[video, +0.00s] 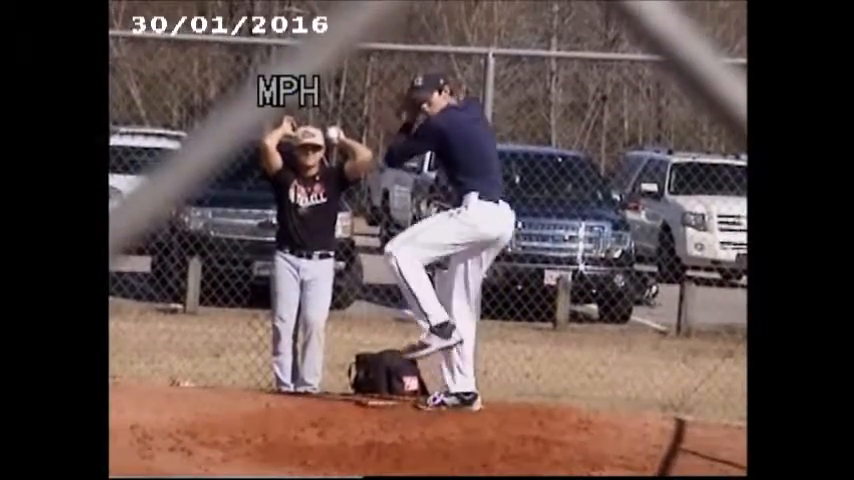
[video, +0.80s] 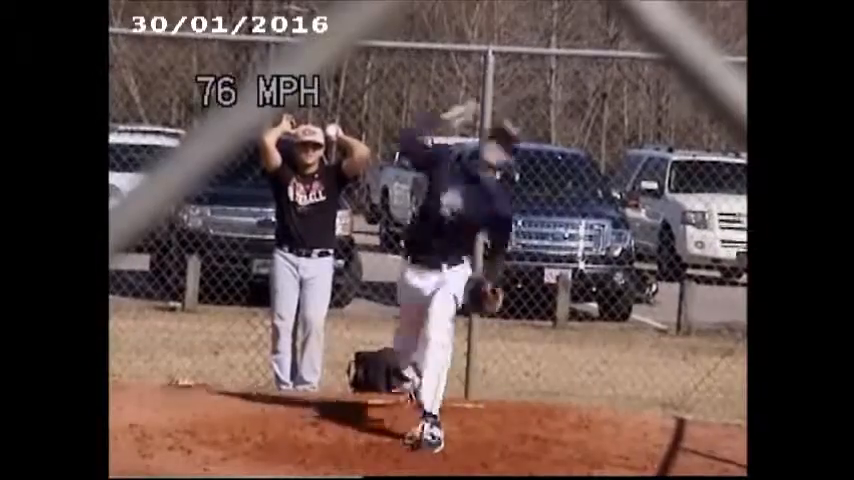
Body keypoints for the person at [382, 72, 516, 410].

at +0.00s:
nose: (424, 108)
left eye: (426, 102)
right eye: (421, 104)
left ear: (445, 92)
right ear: (448, 93)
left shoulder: (439, 124)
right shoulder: (474, 112)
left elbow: (394, 156)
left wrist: (411, 122)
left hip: (476, 213)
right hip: (500, 216)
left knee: (401, 251)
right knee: (461, 302)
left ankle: (439, 325)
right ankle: (462, 387)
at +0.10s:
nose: (419, 103)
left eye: (423, 96)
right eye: (417, 98)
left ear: (442, 91)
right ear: (445, 93)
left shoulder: (436, 121)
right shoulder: (472, 116)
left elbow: (393, 160)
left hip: (475, 211)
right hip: (503, 214)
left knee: (396, 234)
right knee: (461, 302)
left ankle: (422, 314)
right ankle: (462, 385)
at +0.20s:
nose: (423, 111)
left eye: (428, 104)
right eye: (420, 105)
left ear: (446, 101)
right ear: (448, 104)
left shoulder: (439, 129)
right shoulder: (470, 126)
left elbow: (396, 171)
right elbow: (454, 183)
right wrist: (429, 185)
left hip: (478, 220)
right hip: (505, 226)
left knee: (397, 241)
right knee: (458, 302)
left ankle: (395, 329)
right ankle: (460, 388)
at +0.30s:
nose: (426, 120)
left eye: (432, 114)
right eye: (425, 114)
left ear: (451, 113)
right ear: (454, 116)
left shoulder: (444, 139)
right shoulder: (475, 141)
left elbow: (391, 162)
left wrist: (356, 182)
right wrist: (443, 190)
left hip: (479, 230)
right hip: (505, 238)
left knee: (397, 264)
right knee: (443, 301)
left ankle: (364, 349)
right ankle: (458, 387)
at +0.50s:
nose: (424, 134)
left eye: (431, 129)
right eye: (424, 129)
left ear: (450, 130)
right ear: (450, 132)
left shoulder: (438, 156)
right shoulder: (474, 160)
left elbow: (396, 147)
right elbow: (496, 172)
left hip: (471, 255)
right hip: (490, 260)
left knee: (402, 298)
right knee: (430, 323)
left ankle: (365, 369)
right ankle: (457, 390)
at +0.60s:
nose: (426, 131)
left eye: (432, 126)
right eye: (424, 125)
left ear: (450, 127)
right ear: (450, 130)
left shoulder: (446, 155)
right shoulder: (474, 156)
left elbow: (431, 162)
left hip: (464, 259)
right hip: (479, 261)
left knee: (402, 307)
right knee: (427, 326)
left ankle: (399, 382)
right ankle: (454, 386)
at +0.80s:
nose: (488, 168)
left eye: (497, 166)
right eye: (487, 159)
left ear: (503, 169)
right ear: (479, 150)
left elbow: (497, 249)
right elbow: (407, 146)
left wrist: (490, 283)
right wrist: (438, 125)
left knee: (436, 332)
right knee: (406, 337)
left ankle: (430, 415)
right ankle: (407, 375)